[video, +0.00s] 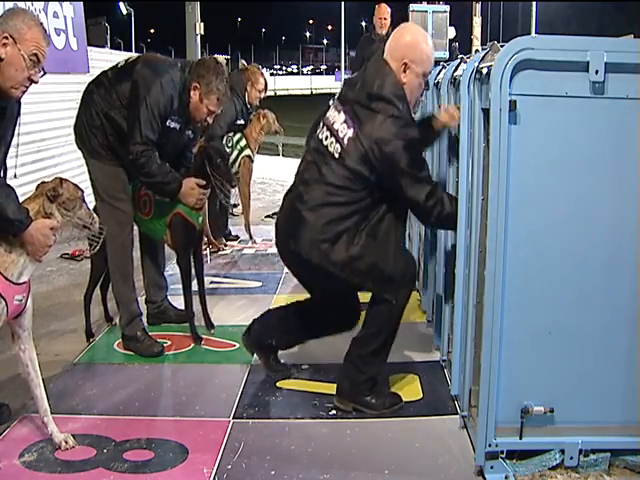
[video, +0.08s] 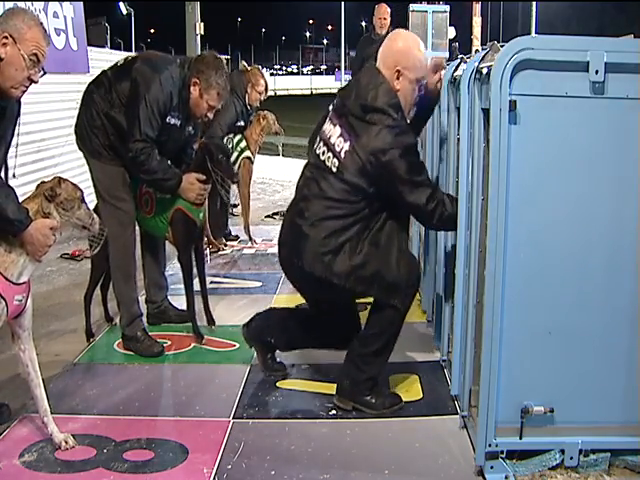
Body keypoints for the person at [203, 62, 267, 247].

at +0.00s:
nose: (261, 96)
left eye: (263, 92)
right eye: (259, 91)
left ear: (249, 87)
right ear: (246, 87)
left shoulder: (244, 105)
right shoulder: (231, 104)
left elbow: (239, 130)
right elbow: (213, 137)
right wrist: (224, 170)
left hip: (223, 151)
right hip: (212, 152)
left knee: (224, 191)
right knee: (218, 192)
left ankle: (223, 229)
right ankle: (216, 232)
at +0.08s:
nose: (261, 98)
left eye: (263, 94)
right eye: (259, 93)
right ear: (248, 88)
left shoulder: (247, 107)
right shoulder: (233, 105)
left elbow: (243, 130)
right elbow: (213, 135)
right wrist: (225, 165)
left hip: (224, 151)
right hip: (211, 151)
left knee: (224, 194)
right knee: (215, 194)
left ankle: (223, 229)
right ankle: (215, 232)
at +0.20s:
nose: (261, 100)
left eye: (263, 96)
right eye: (260, 95)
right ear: (248, 89)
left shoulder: (245, 105)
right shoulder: (233, 104)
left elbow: (243, 129)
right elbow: (215, 133)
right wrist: (230, 165)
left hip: (221, 145)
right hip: (209, 146)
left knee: (224, 189)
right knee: (215, 190)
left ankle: (224, 229)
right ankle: (215, 232)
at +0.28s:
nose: (261, 100)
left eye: (263, 96)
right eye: (259, 94)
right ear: (248, 89)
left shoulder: (246, 106)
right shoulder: (233, 105)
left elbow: (242, 128)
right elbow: (217, 130)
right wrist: (228, 160)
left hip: (222, 144)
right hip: (208, 146)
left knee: (224, 190)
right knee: (214, 192)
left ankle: (224, 229)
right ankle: (214, 232)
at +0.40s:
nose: (261, 98)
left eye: (263, 94)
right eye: (259, 93)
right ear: (246, 88)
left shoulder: (244, 103)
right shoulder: (230, 104)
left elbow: (241, 127)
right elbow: (219, 132)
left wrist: (253, 139)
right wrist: (235, 153)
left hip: (222, 149)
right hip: (207, 150)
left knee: (224, 193)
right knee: (213, 195)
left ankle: (223, 229)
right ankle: (213, 233)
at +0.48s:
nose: (260, 100)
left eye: (262, 95)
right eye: (258, 94)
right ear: (246, 90)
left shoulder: (241, 102)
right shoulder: (226, 104)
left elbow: (243, 126)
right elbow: (220, 137)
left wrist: (254, 138)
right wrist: (239, 153)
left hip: (223, 149)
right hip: (206, 151)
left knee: (224, 195)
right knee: (213, 196)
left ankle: (224, 229)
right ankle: (213, 233)